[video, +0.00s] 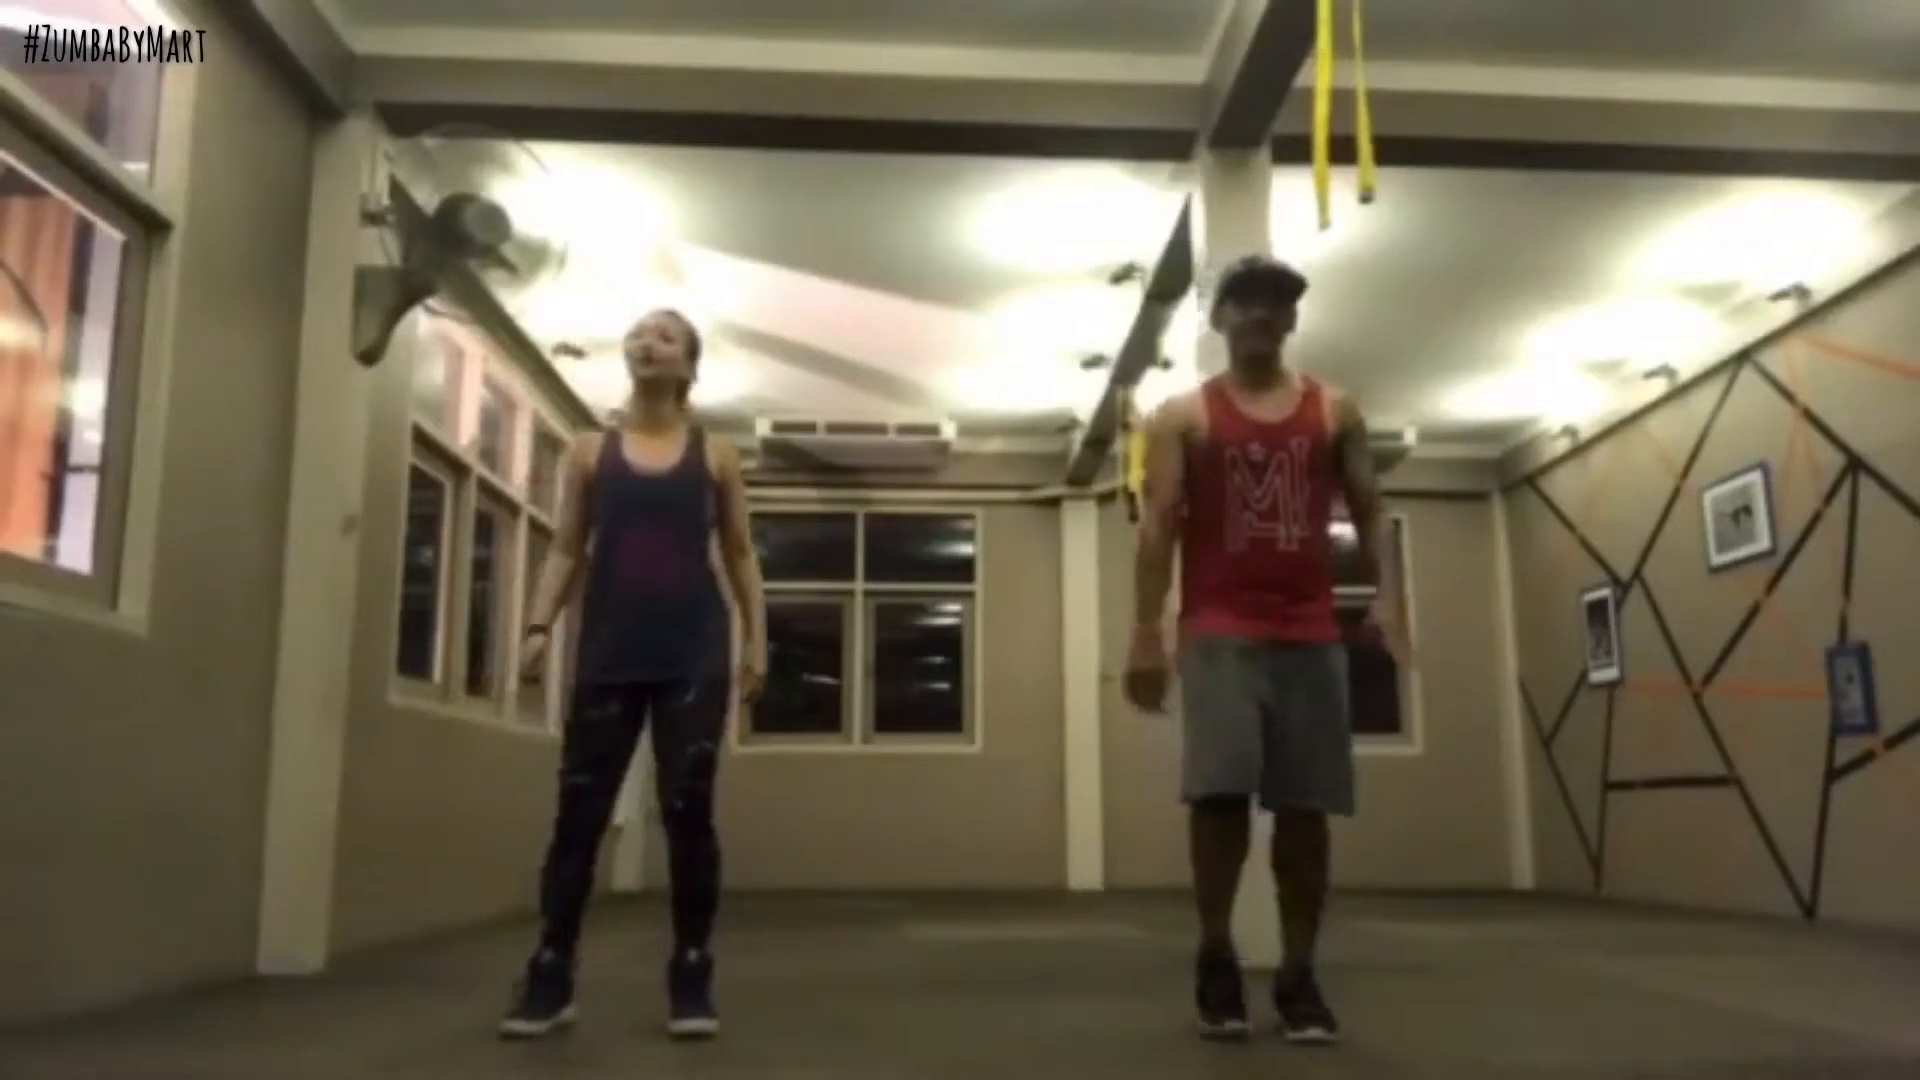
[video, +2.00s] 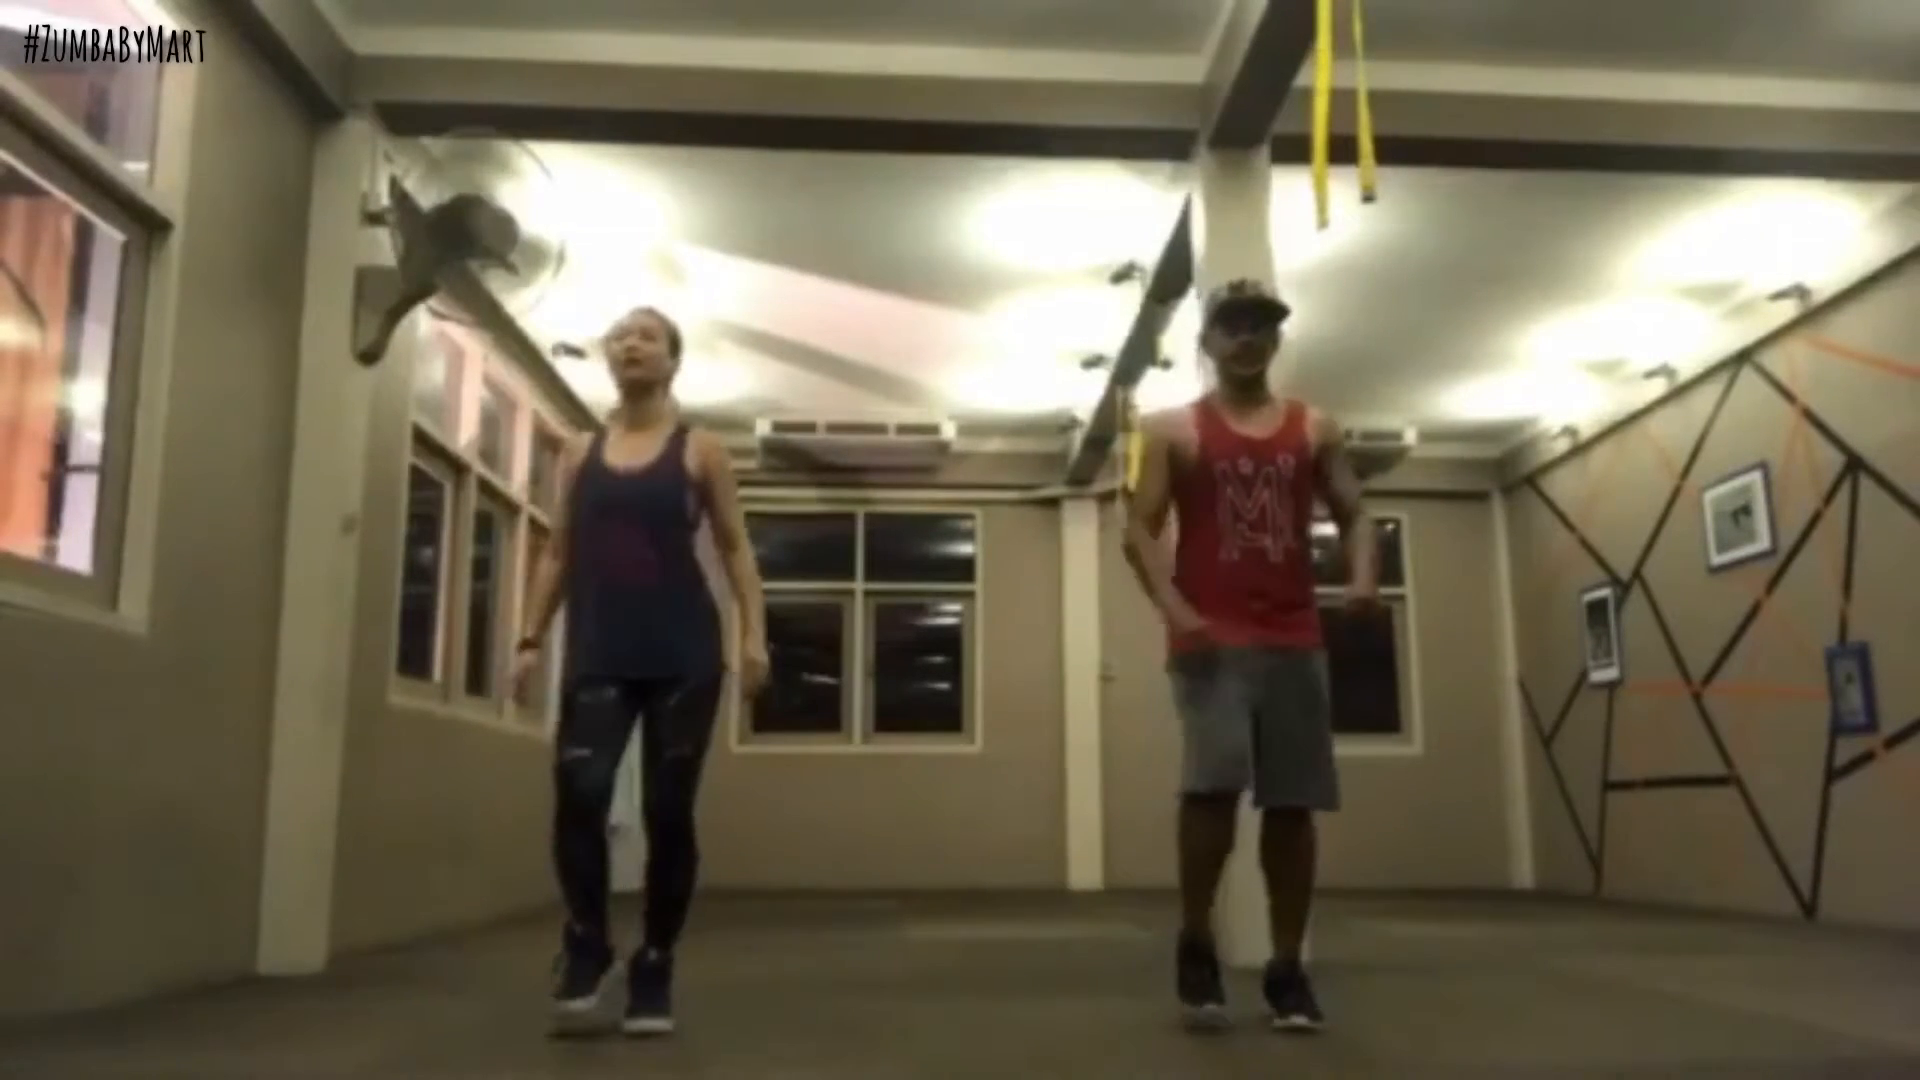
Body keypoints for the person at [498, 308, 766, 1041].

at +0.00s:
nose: (649, 344)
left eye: (666, 336)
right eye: (641, 335)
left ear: (691, 363)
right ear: (626, 355)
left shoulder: (715, 456)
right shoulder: (591, 452)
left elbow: (738, 553)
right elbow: (568, 548)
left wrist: (755, 639)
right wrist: (539, 624)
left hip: (694, 658)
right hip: (607, 657)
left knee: (689, 817)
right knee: (578, 818)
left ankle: (692, 982)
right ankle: (548, 980)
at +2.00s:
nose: (631, 345)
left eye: (647, 336)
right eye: (621, 336)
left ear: (673, 359)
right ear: (606, 357)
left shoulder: (700, 448)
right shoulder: (583, 451)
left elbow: (735, 548)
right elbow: (559, 550)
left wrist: (752, 636)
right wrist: (531, 634)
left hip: (683, 655)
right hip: (597, 655)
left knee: (668, 812)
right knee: (577, 801)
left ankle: (654, 969)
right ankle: (586, 953)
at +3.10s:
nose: (631, 372)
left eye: (645, 361)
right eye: (619, 359)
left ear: (667, 372)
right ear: (596, 368)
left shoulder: (687, 459)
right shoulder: (570, 457)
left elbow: (725, 550)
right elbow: (551, 556)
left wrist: (755, 608)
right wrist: (541, 642)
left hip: (666, 661)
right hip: (582, 660)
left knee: (666, 817)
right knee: (567, 814)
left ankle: (660, 973)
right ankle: (554, 977)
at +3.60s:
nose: (621, 358)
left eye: (636, 349)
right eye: (610, 350)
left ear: (661, 371)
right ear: (593, 372)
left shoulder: (688, 460)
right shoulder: (564, 461)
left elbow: (707, 565)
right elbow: (529, 551)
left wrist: (721, 657)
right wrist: (497, 627)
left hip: (659, 668)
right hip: (573, 667)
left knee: (641, 820)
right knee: (568, 820)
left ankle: (650, 973)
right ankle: (558, 972)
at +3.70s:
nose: (628, 350)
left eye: (643, 341)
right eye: (616, 342)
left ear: (668, 363)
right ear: (600, 366)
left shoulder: (696, 455)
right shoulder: (575, 457)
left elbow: (718, 560)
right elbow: (554, 553)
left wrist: (733, 650)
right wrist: (527, 637)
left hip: (667, 660)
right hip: (583, 658)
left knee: (651, 817)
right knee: (573, 816)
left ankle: (649, 970)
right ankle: (560, 967)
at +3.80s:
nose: (633, 353)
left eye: (648, 344)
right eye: (621, 344)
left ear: (673, 365)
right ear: (606, 366)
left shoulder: (699, 453)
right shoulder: (580, 456)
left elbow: (729, 552)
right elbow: (560, 558)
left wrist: (741, 638)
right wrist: (549, 646)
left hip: (674, 655)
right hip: (589, 654)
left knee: (661, 815)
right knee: (570, 808)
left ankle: (652, 965)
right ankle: (557, 956)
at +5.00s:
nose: (622, 359)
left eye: (637, 350)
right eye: (612, 349)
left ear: (662, 370)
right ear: (596, 368)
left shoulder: (688, 454)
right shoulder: (579, 457)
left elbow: (726, 543)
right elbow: (566, 550)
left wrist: (715, 614)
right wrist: (546, 629)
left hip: (660, 653)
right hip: (582, 652)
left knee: (656, 811)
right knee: (567, 795)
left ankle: (649, 962)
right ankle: (556, 942)